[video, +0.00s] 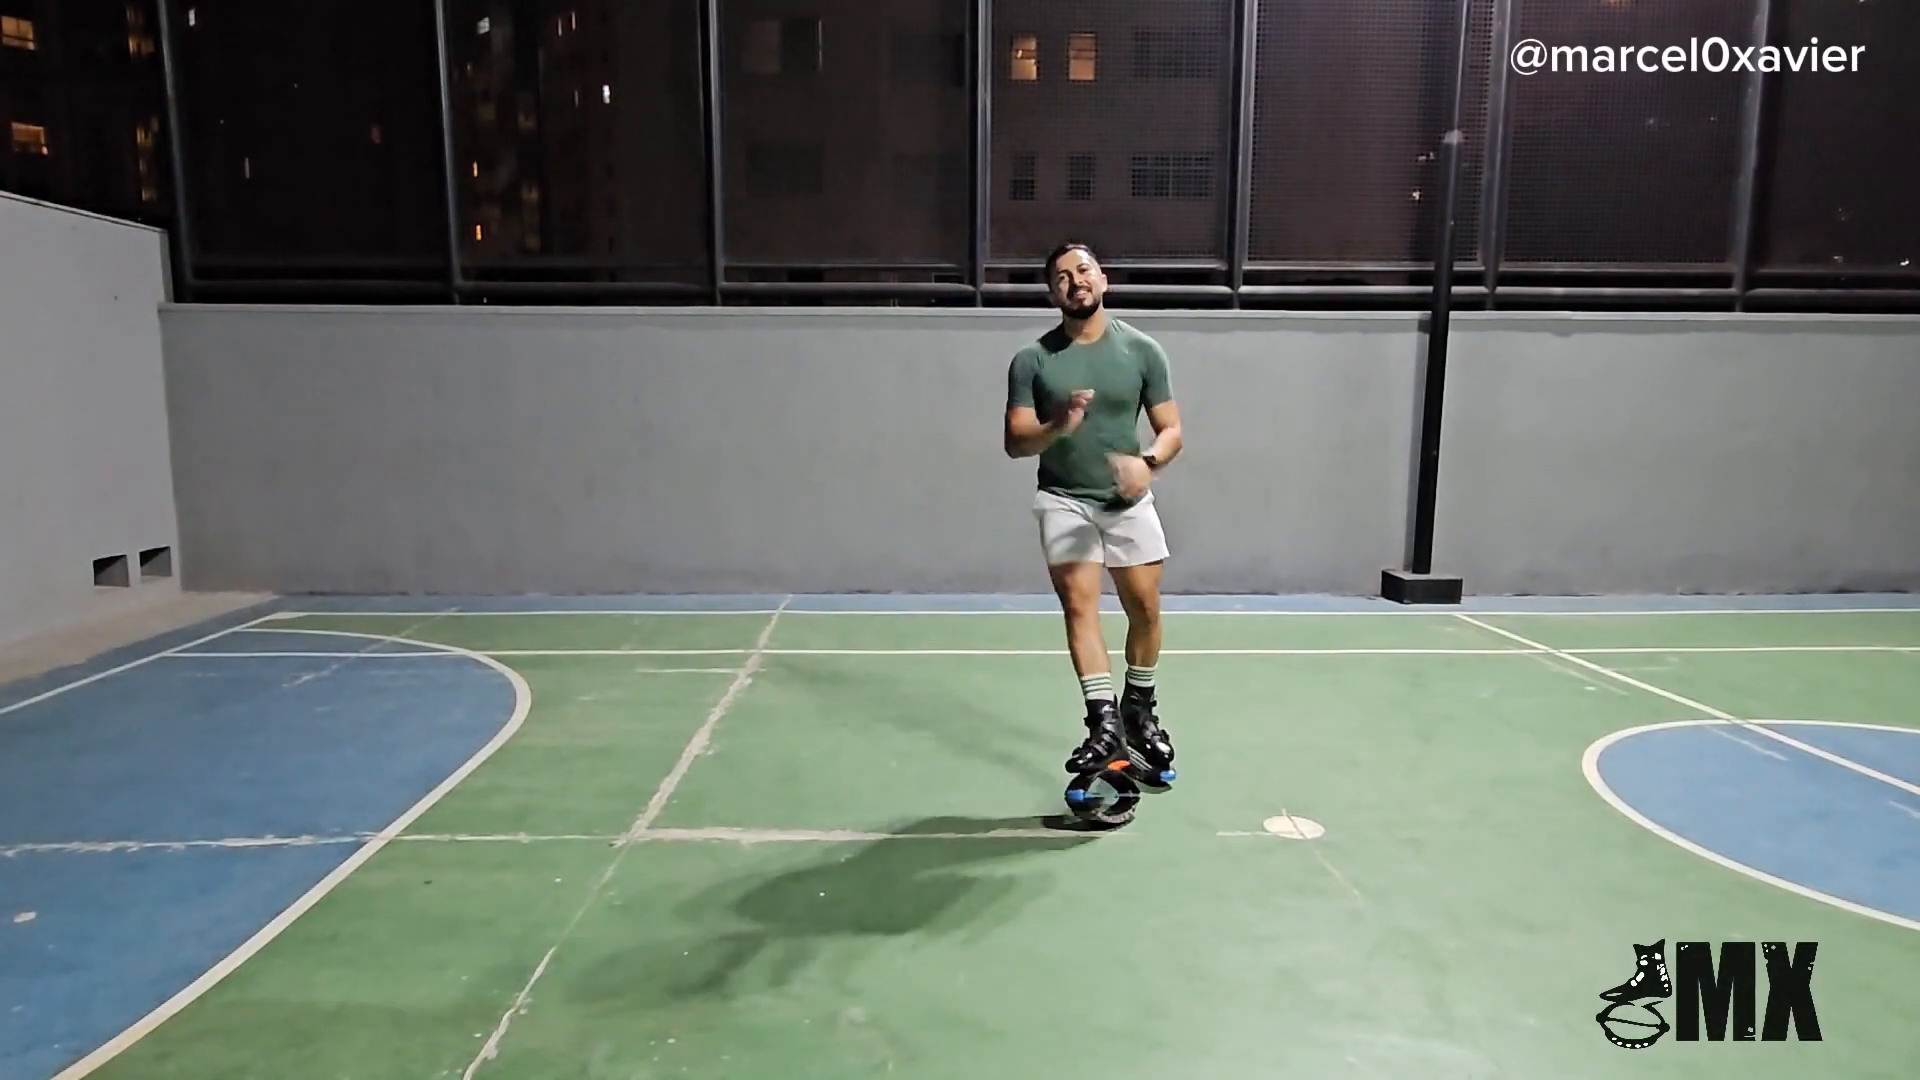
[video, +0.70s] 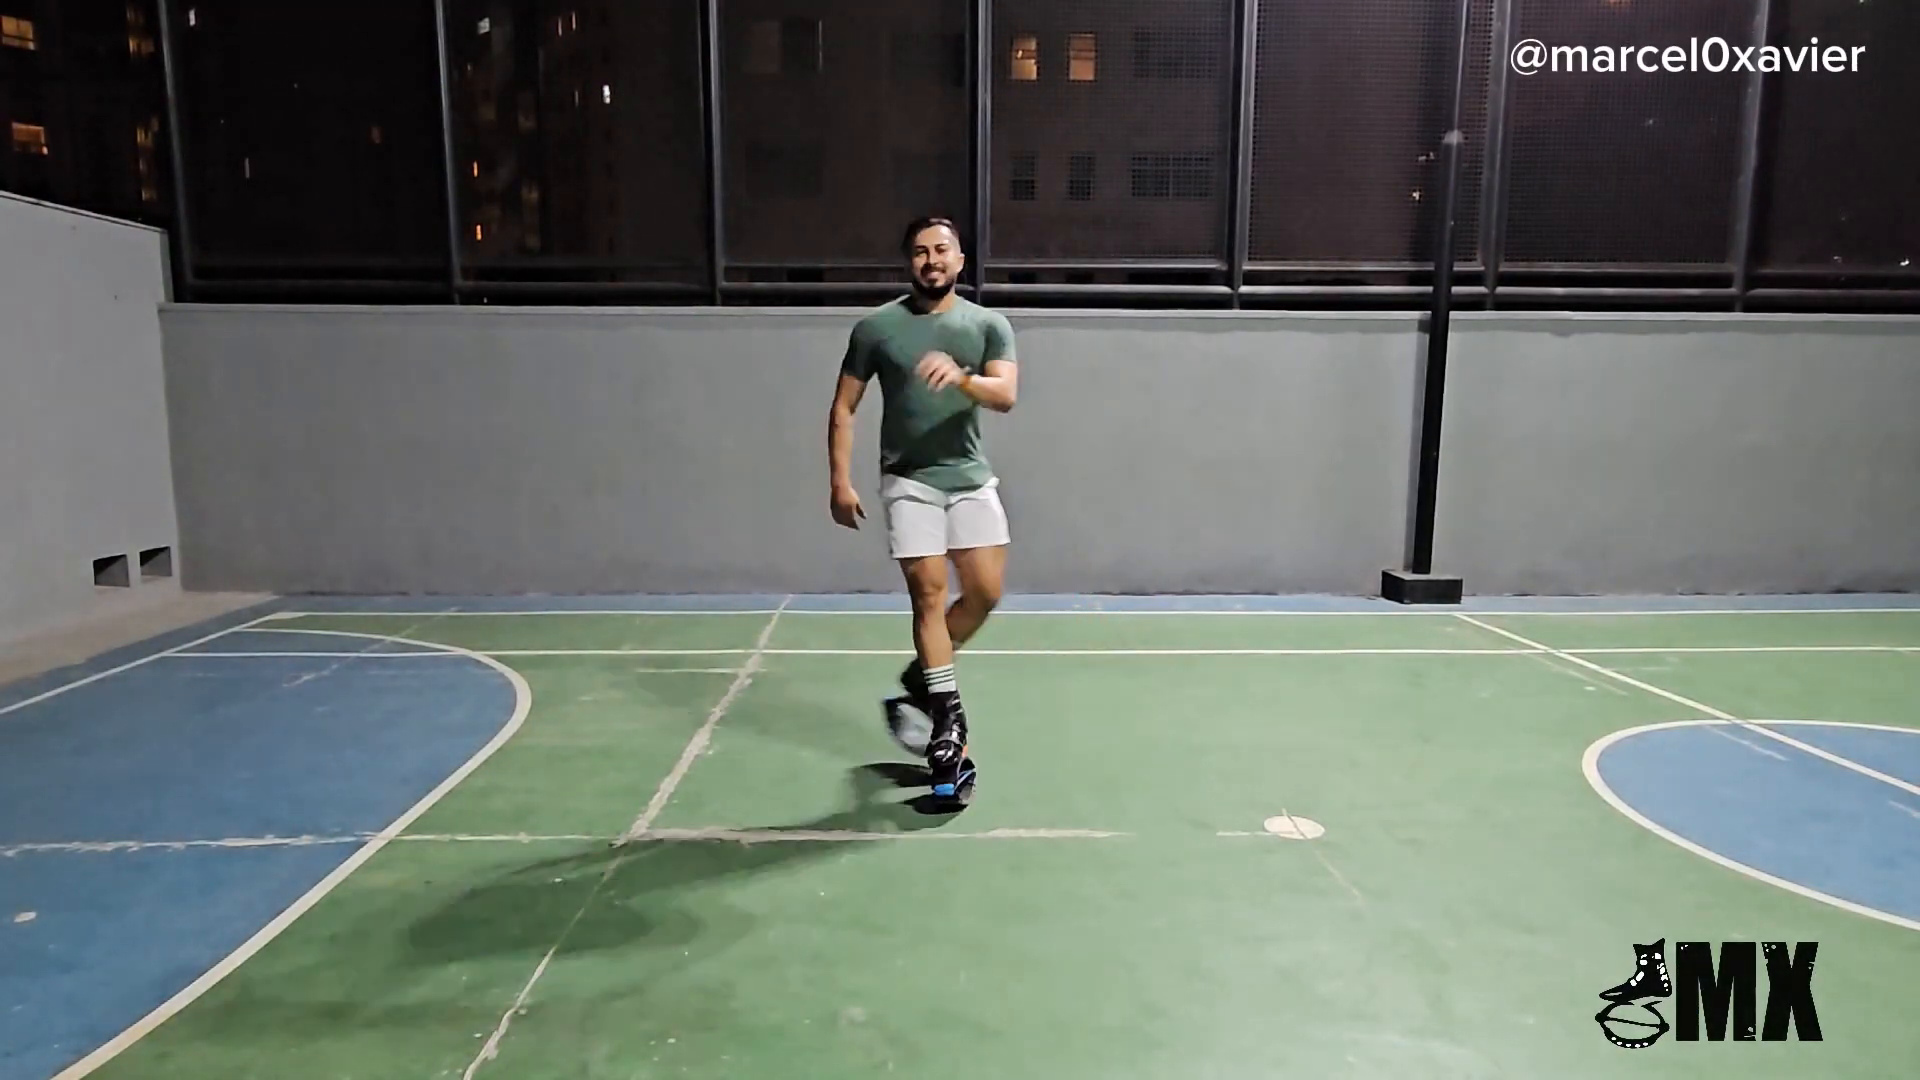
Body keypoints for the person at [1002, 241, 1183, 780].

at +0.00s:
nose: (1076, 282)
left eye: (1083, 271)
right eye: (1064, 277)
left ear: (1103, 280)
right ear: (1053, 294)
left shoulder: (1142, 351)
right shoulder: (1031, 360)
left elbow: (1171, 431)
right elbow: (1017, 441)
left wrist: (1149, 463)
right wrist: (1058, 427)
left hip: (1130, 501)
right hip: (1065, 503)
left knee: (1146, 609)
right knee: (1078, 606)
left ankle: (1140, 713)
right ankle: (1103, 728)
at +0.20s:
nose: (1042, 251)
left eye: (1051, 242)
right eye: (1031, 247)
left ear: (1072, 259)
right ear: (1018, 270)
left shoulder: (1109, 319)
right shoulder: (996, 336)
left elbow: (1162, 368)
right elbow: (962, 408)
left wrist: (1153, 429)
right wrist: (984, 422)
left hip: (1097, 475)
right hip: (1031, 473)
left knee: (1118, 588)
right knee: (1020, 578)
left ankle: (1134, 700)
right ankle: (1027, 701)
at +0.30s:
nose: (1022, 260)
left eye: (1030, 250)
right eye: (1010, 254)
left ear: (1049, 265)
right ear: (997, 274)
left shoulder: (1081, 322)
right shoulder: (975, 340)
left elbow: (1137, 359)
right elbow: (935, 413)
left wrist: (1122, 411)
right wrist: (939, 454)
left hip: (1077, 482)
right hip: (1011, 482)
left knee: (1105, 590)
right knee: (992, 592)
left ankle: (1130, 700)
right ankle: (976, 713)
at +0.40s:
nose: (998, 271)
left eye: (1006, 262)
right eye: (986, 265)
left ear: (1025, 275)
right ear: (971, 284)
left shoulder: (1052, 337)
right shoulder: (950, 349)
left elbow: (1107, 385)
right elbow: (914, 429)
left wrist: (1084, 414)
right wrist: (898, 499)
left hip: (1048, 494)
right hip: (979, 497)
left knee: (1085, 597)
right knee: (969, 608)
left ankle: (1120, 701)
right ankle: (962, 732)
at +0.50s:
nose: (977, 261)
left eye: (984, 252)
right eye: (964, 256)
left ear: (1001, 267)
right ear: (948, 275)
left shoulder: (1029, 336)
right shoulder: (926, 337)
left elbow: (1065, 422)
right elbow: (887, 426)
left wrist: (1052, 393)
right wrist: (873, 507)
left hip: (1020, 487)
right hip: (955, 490)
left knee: (1060, 594)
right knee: (956, 602)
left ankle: (1077, 694)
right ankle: (958, 726)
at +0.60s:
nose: (954, 252)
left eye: (963, 242)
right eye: (942, 245)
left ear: (981, 258)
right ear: (928, 263)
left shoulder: (1009, 327)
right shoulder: (901, 327)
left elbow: (1024, 411)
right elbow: (863, 413)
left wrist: (1002, 365)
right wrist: (857, 492)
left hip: (997, 474)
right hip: (933, 479)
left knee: (1029, 584)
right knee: (943, 594)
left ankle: (1001, 682)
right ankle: (953, 719)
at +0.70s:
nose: (932, 259)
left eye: (942, 249)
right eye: (922, 251)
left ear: (962, 259)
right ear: (909, 263)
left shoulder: (990, 326)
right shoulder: (876, 328)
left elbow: (1004, 394)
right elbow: (844, 407)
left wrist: (962, 377)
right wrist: (840, 482)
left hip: (972, 477)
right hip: (910, 480)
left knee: (986, 590)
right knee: (929, 593)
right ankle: (950, 728)